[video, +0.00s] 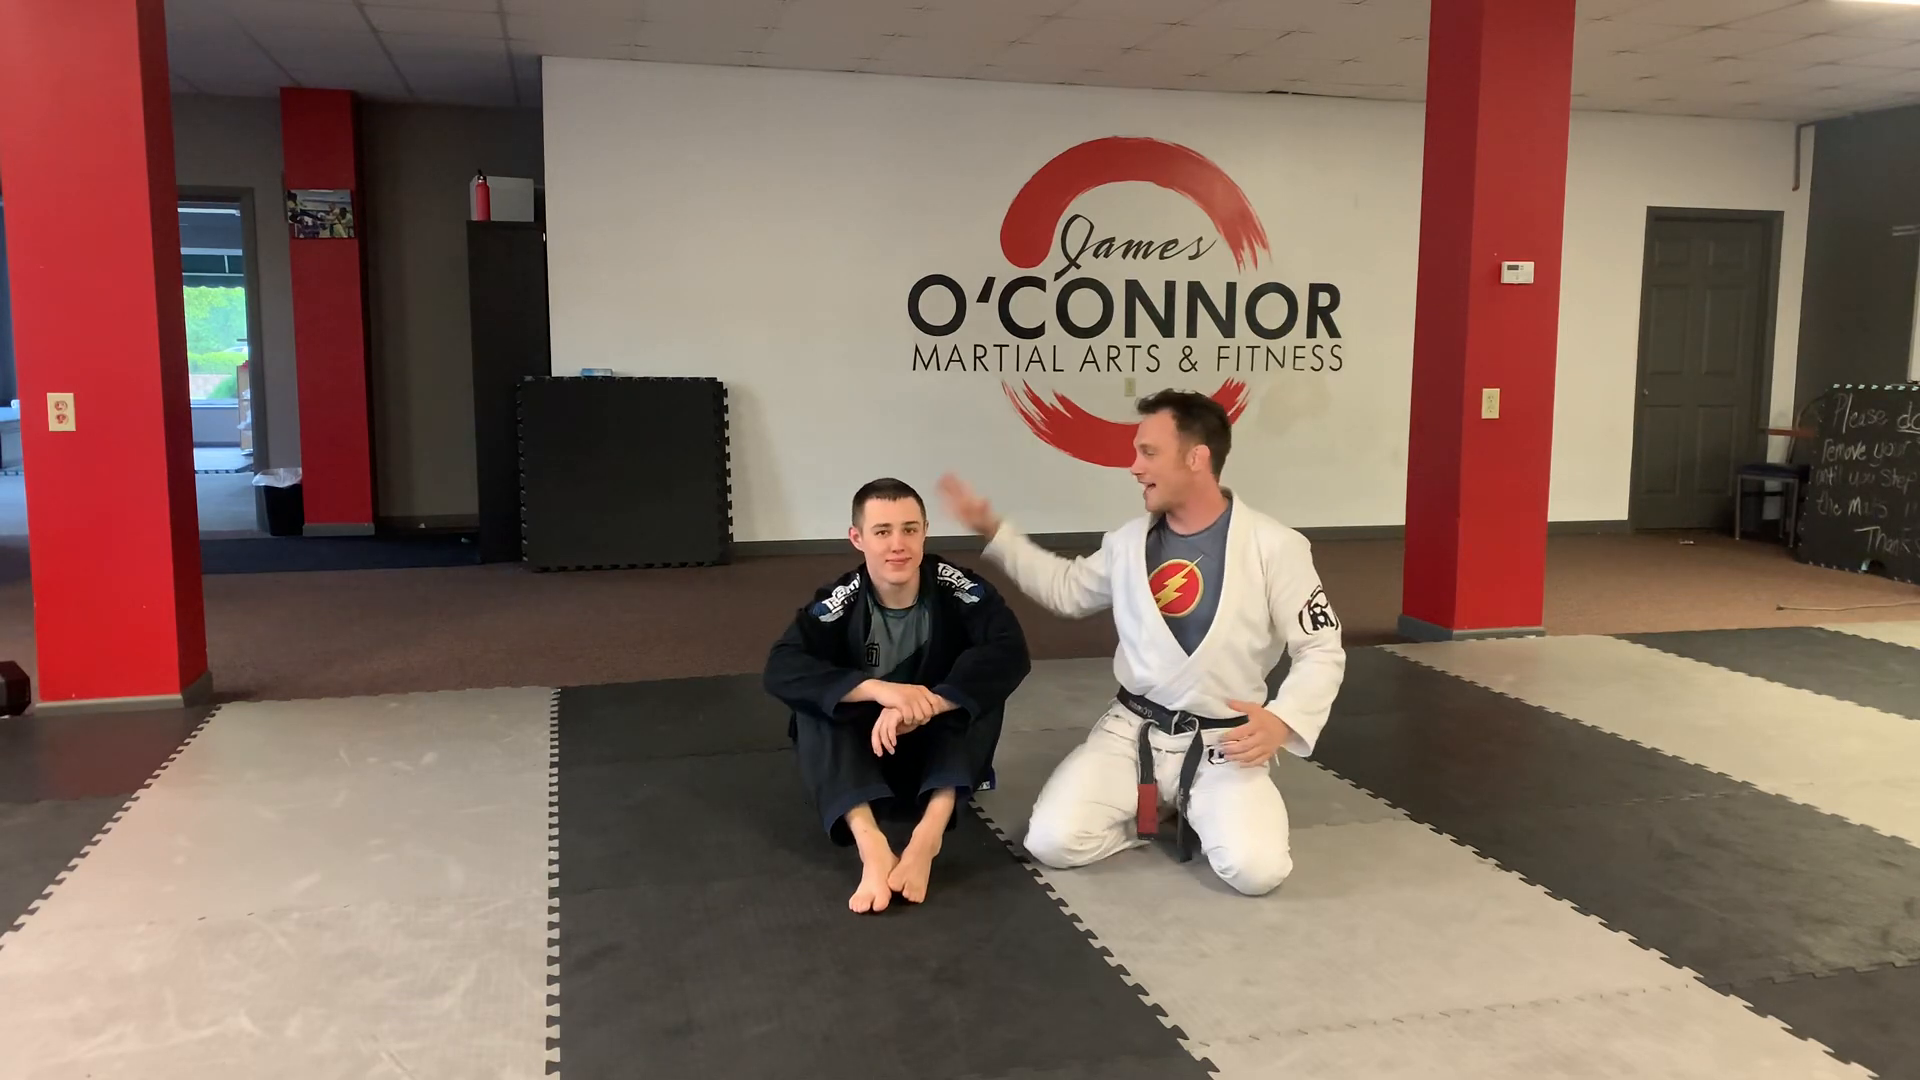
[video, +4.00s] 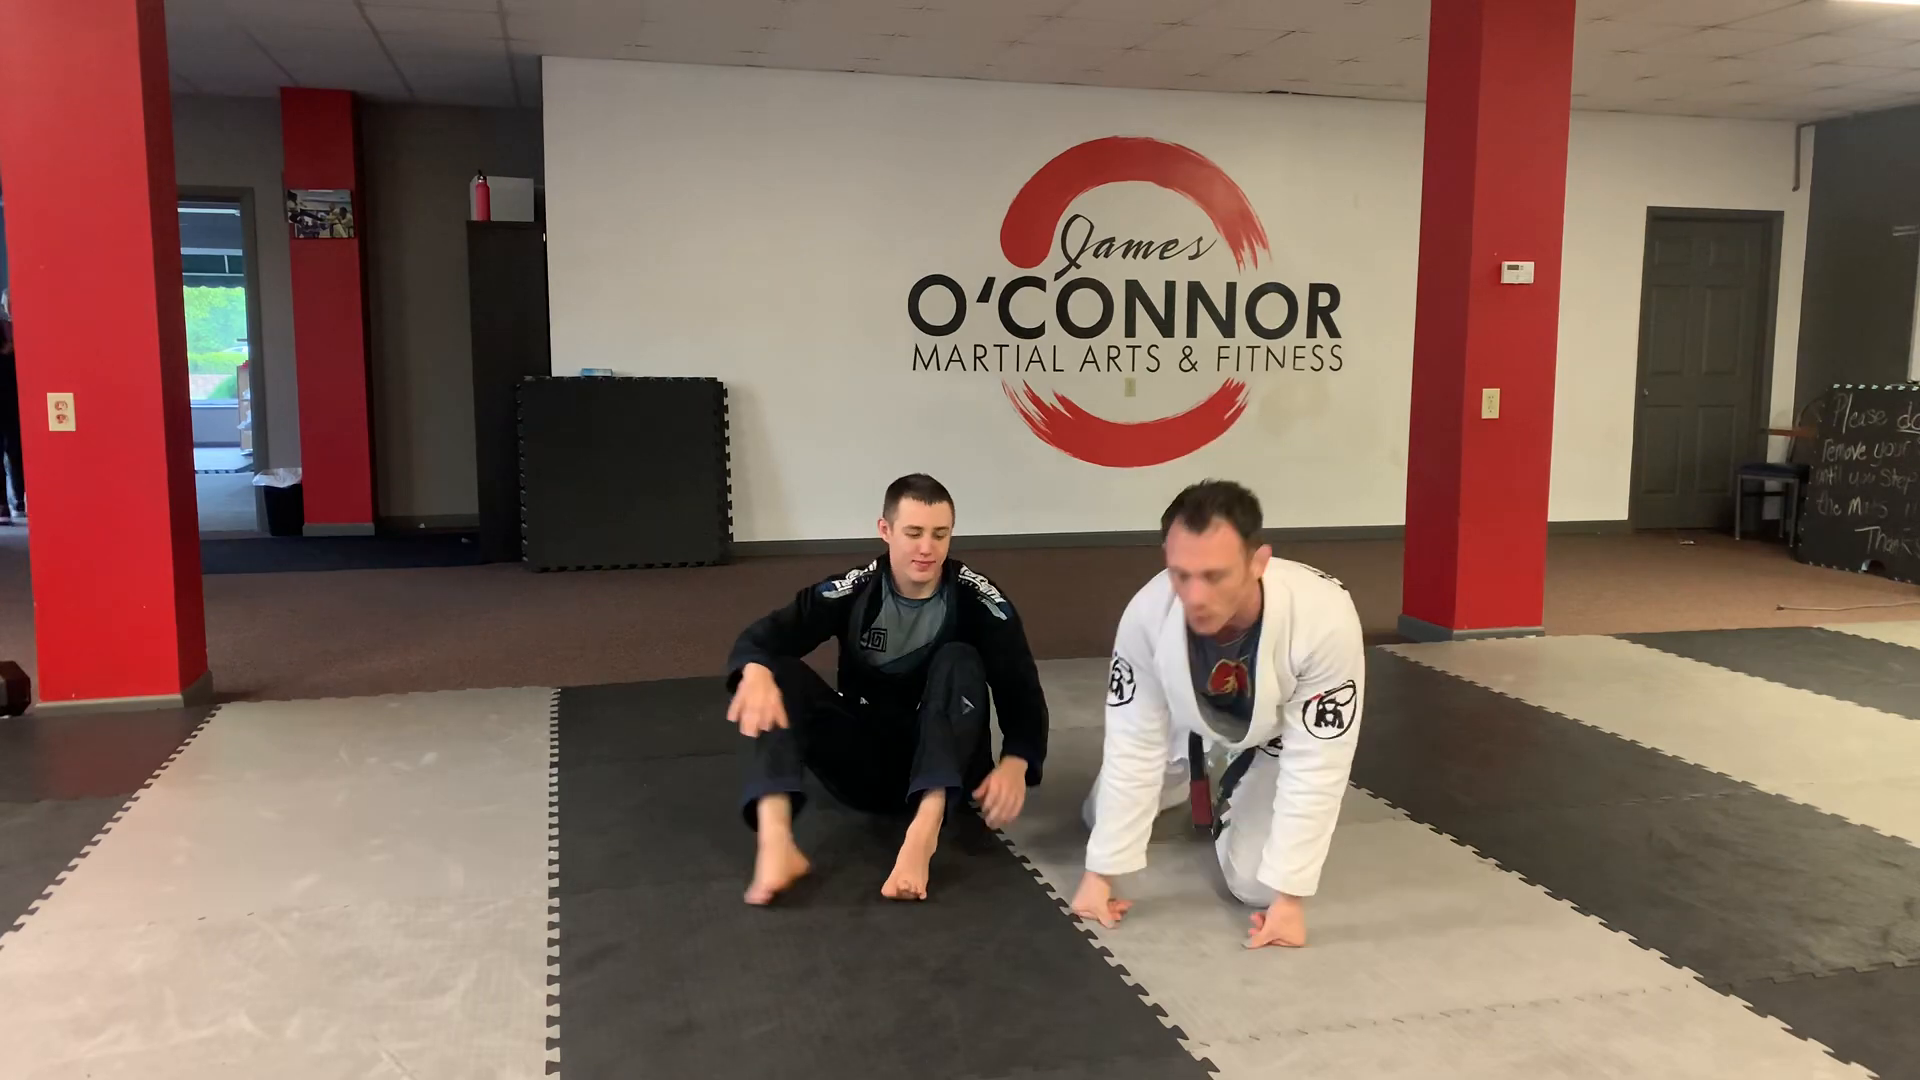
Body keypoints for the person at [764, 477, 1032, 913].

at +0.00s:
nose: (898, 544)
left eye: (909, 530)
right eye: (882, 532)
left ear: (924, 533)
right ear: (857, 539)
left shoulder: (960, 589)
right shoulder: (839, 601)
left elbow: (1009, 653)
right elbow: (783, 669)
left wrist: (923, 704)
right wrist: (879, 690)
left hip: (939, 750)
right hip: (859, 752)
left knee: (981, 689)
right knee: (813, 702)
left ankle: (928, 836)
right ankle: (871, 845)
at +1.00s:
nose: (904, 553)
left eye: (913, 537)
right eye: (887, 540)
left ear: (924, 536)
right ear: (857, 547)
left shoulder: (956, 594)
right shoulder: (836, 605)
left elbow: (1021, 655)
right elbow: (780, 670)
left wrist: (930, 705)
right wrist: (879, 692)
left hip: (937, 754)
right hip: (859, 757)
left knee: (990, 699)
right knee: (809, 709)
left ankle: (931, 834)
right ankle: (870, 846)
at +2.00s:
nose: (907, 558)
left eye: (916, 542)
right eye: (890, 546)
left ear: (926, 537)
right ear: (859, 548)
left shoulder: (958, 594)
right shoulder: (838, 603)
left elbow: (1020, 657)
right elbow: (781, 670)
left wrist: (928, 707)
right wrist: (881, 692)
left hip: (937, 754)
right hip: (859, 756)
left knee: (988, 699)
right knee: (811, 709)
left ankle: (930, 835)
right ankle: (871, 846)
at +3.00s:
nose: (901, 555)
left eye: (910, 539)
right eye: (884, 543)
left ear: (922, 535)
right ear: (855, 547)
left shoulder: (956, 589)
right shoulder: (835, 604)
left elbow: (1014, 656)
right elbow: (781, 670)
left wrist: (926, 706)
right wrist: (878, 691)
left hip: (938, 752)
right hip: (860, 755)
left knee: (985, 698)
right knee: (810, 707)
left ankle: (929, 836)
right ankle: (871, 845)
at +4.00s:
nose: (927, 549)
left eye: (939, 535)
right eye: (913, 534)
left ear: (951, 533)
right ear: (885, 531)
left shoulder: (983, 604)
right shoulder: (853, 591)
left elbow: (1023, 699)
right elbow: (764, 637)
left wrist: (1015, 766)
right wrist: (755, 670)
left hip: (944, 767)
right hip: (861, 764)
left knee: (958, 659)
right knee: (777, 671)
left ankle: (924, 831)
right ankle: (775, 840)